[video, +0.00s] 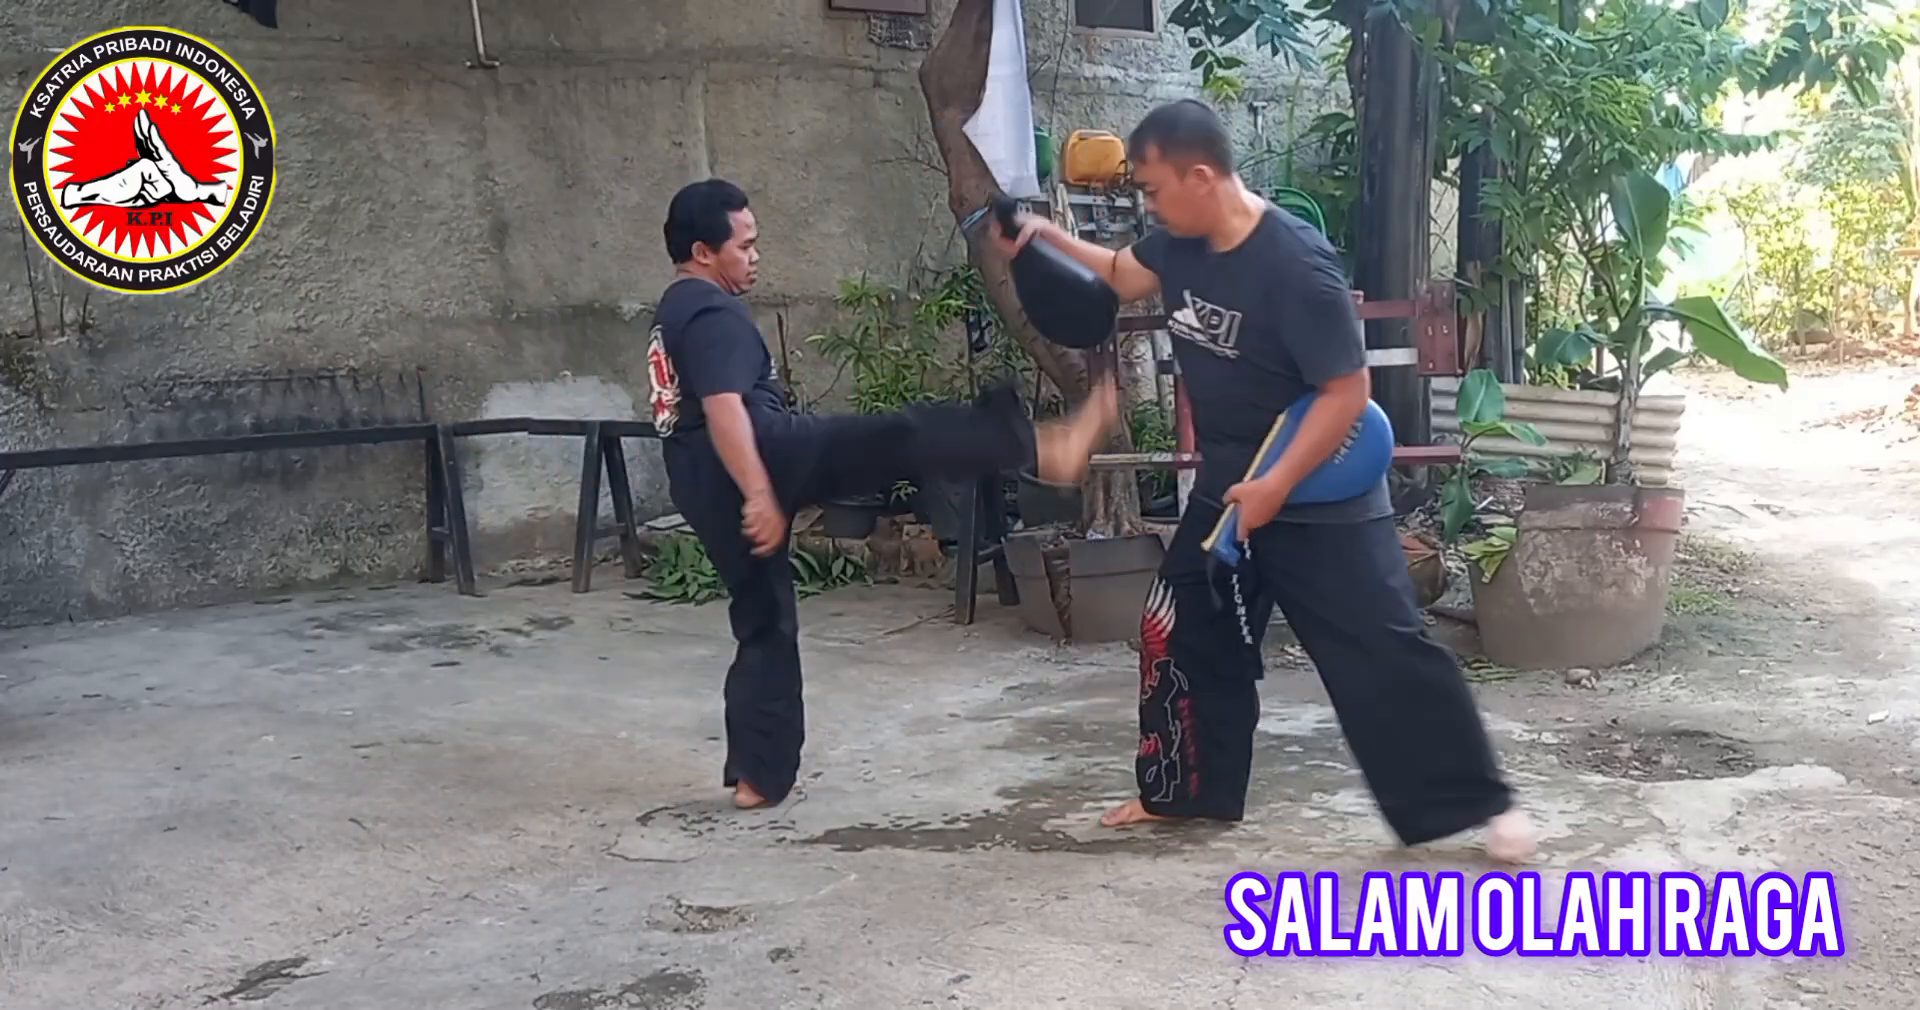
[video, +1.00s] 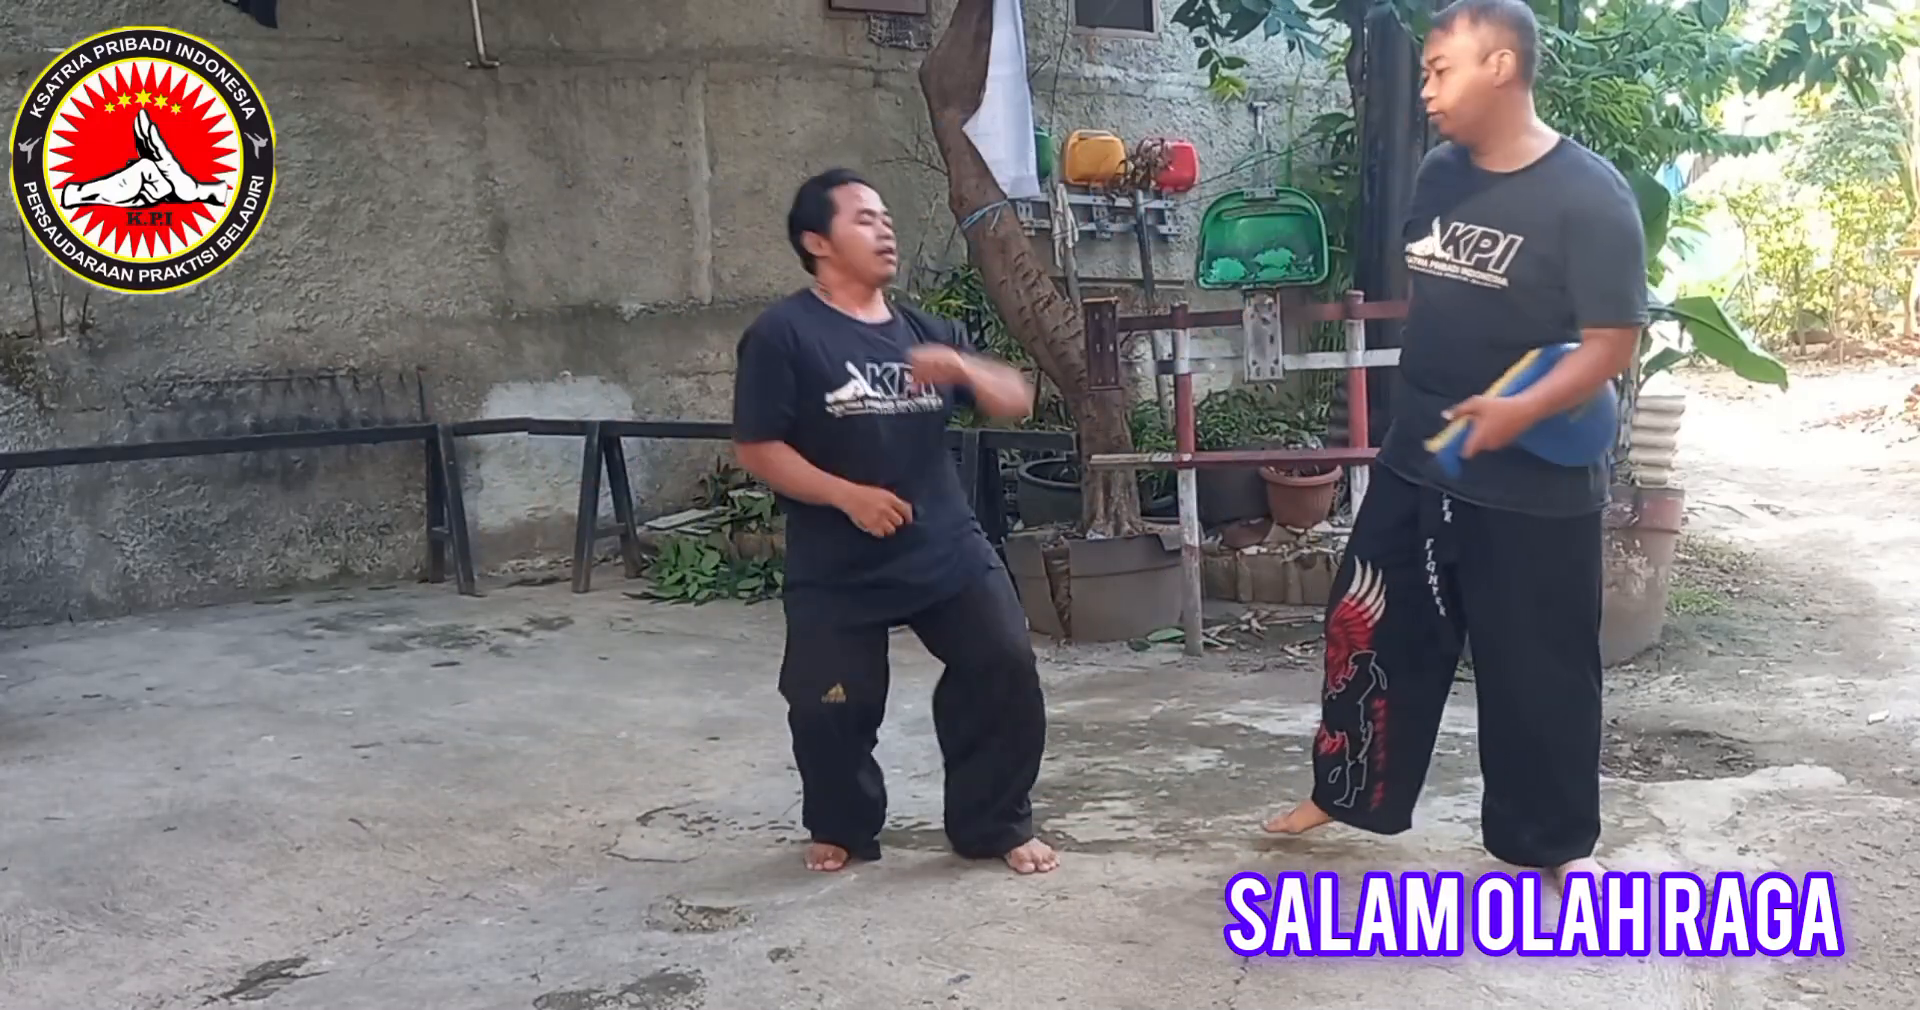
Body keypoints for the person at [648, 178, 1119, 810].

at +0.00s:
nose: (753, 256)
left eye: (752, 243)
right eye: (742, 244)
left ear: (700, 250)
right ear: (701, 250)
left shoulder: (682, 306)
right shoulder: (712, 313)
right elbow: (723, 413)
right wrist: (758, 492)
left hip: (706, 480)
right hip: (750, 463)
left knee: (764, 624)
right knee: (900, 437)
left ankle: (758, 776)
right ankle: (1051, 448)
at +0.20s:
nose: (745, 250)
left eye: (740, 237)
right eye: (732, 239)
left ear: (690, 259)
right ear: (695, 256)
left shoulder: (698, 313)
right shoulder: (732, 302)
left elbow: (763, 413)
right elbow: (782, 382)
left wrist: (840, 385)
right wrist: (882, 416)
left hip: (750, 504)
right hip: (794, 501)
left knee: (770, 643)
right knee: (870, 637)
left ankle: (755, 779)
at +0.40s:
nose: (729, 210)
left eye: (725, 198)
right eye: (712, 200)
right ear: (665, 219)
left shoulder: (781, 273)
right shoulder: (654, 305)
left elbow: (859, 356)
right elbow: (738, 344)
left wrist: (915, 418)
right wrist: (828, 307)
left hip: (874, 446)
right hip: (785, 490)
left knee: (988, 508)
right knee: (794, 648)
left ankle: (945, 579)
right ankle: (826, 814)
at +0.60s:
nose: (743, 277)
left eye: (740, 262)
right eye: (724, 268)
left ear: (744, 265)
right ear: (674, 291)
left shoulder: (795, 318)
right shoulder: (668, 398)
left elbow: (855, 389)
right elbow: (772, 451)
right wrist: (852, 378)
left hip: (892, 460)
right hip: (820, 537)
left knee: (1015, 440)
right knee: (825, 679)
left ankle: (1197, 438)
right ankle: (861, 830)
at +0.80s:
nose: (774, 221)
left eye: (774, 206)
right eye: (752, 213)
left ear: (783, 210)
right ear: (706, 239)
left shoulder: (835, 279)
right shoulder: (692, 347)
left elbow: (944, 277)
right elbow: (726, 453)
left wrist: (980, 316)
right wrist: (813, 460)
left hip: (925, 472)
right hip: (831, 531)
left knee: (1046, 540)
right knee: (839, 677)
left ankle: (1104, 699)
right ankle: (857, 834)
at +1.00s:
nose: (887, 231)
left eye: (886, 219)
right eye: (866, 219)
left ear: (888, 234)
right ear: (818, 243)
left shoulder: (921, 327)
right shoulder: (779, 334)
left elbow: (1017, 400)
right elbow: (756, 448)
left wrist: (965, 368)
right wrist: (845, 494)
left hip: (943, 546)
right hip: (835, 565)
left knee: (1004, 663)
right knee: (827, 700)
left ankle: (996, 822)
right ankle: (838, 826)